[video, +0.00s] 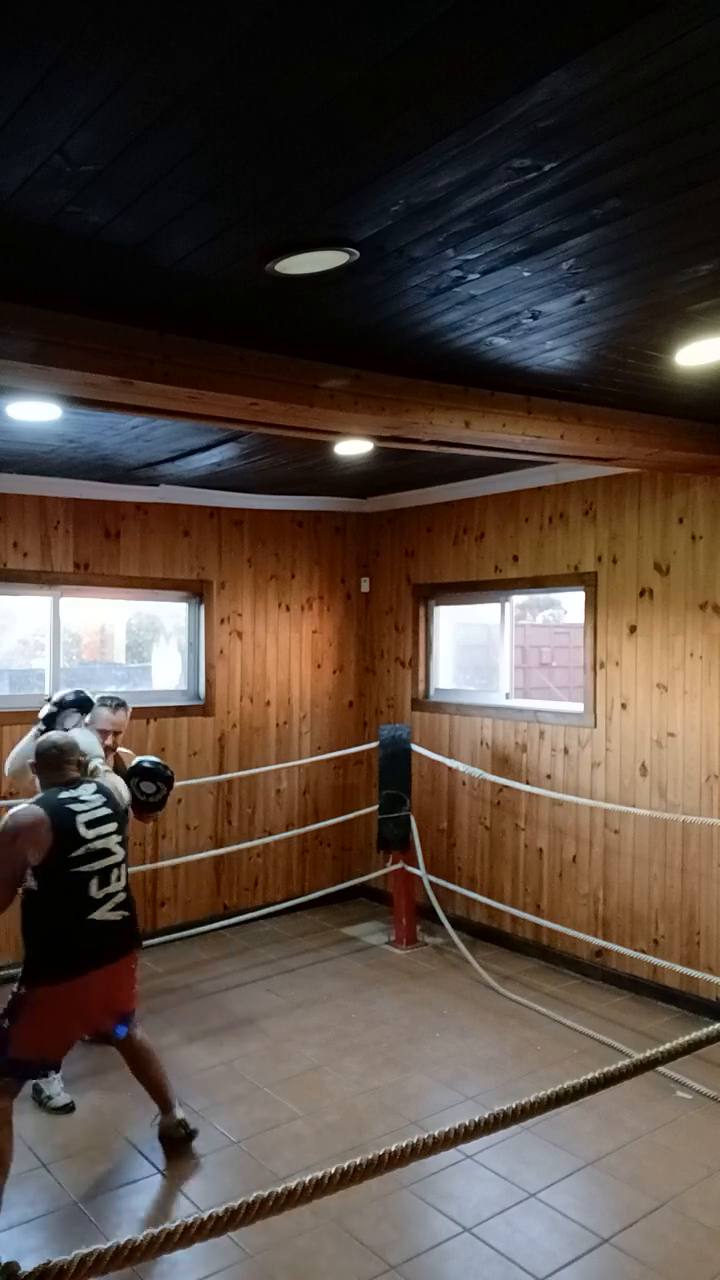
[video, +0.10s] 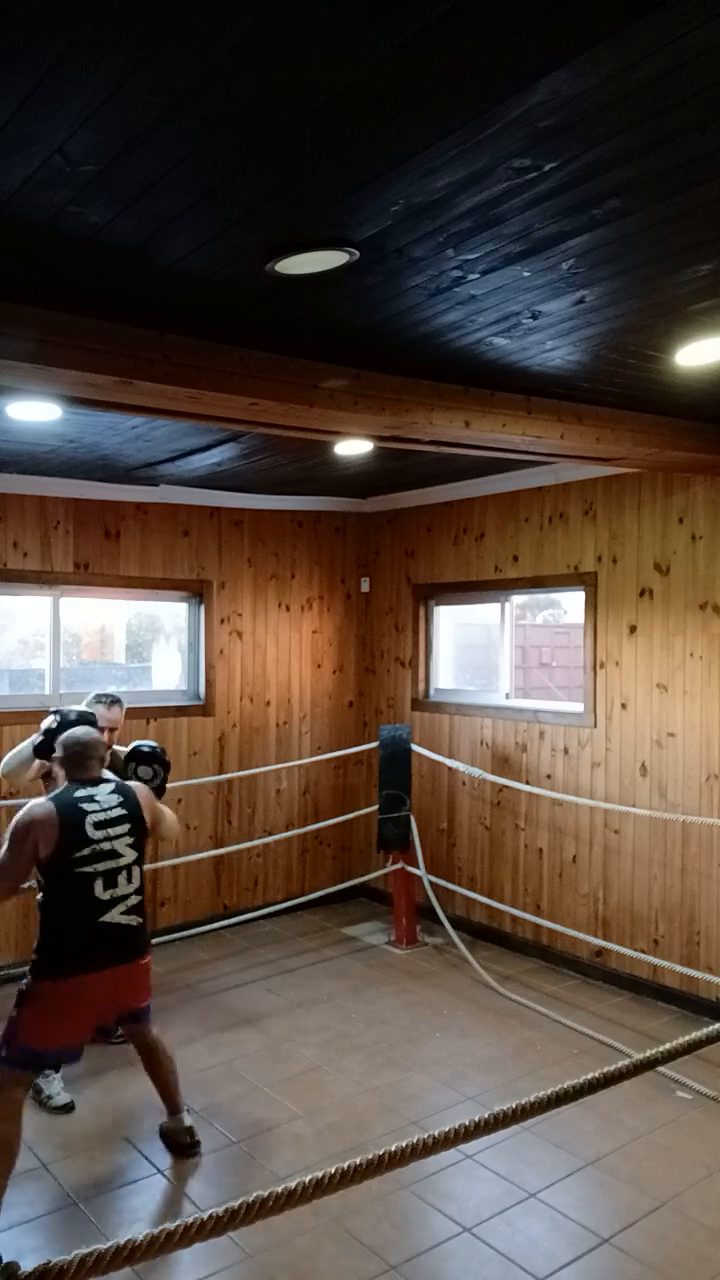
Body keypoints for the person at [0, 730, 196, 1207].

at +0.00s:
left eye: (35, 770)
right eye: (85, 759)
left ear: (34, 771)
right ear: (82, 765)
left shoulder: (25, 822)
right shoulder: (109, 796)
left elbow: (2, 899)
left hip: (59, 978)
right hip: (119, 961)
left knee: (5, 1089)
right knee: (123, 1030)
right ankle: (173, 1118)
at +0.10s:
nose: (47, 767)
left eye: (50, 759)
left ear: (55, 765)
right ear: (105, 760)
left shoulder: (36, 816)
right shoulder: (136, 795)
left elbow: (5, 885)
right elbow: (169, 829)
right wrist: (149, 788)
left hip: (67, 974)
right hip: (131, 961)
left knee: (11, 1083)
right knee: (142, 1031)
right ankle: (181, 1125)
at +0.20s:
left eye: (118, 746)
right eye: (132, 749)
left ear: (86, 753)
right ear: (130, 756)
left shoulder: (52, 790)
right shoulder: (148, 799)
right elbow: (184, 856)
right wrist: (150, 838)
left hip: (62, 960)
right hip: (130, 956)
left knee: (30, 1086)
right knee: (152, 1028)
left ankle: (1, 1219)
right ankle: (178, 1125)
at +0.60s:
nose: (158, 759)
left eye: (156, 753)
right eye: (156, 753)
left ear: (107, 750)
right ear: (149, 755)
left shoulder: (67, 785)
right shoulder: (155, 796)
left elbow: (41, 855)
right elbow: (188, 866)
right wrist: (161, 818)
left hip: (55, 936)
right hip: (119, 940)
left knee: (21, 1048)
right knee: (152, 1023)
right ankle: (180, 1122)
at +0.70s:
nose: (129, 757)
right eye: (126, 751)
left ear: (75, 752)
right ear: (121, 753)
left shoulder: (37, 789)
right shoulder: (138, 794)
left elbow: (9, 862)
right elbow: (174, 862)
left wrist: (57, 861)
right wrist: (136, 841)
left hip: (42, 942)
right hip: (111, 942)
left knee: (12, 1052)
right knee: (146, 1024)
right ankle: (180, 1124)